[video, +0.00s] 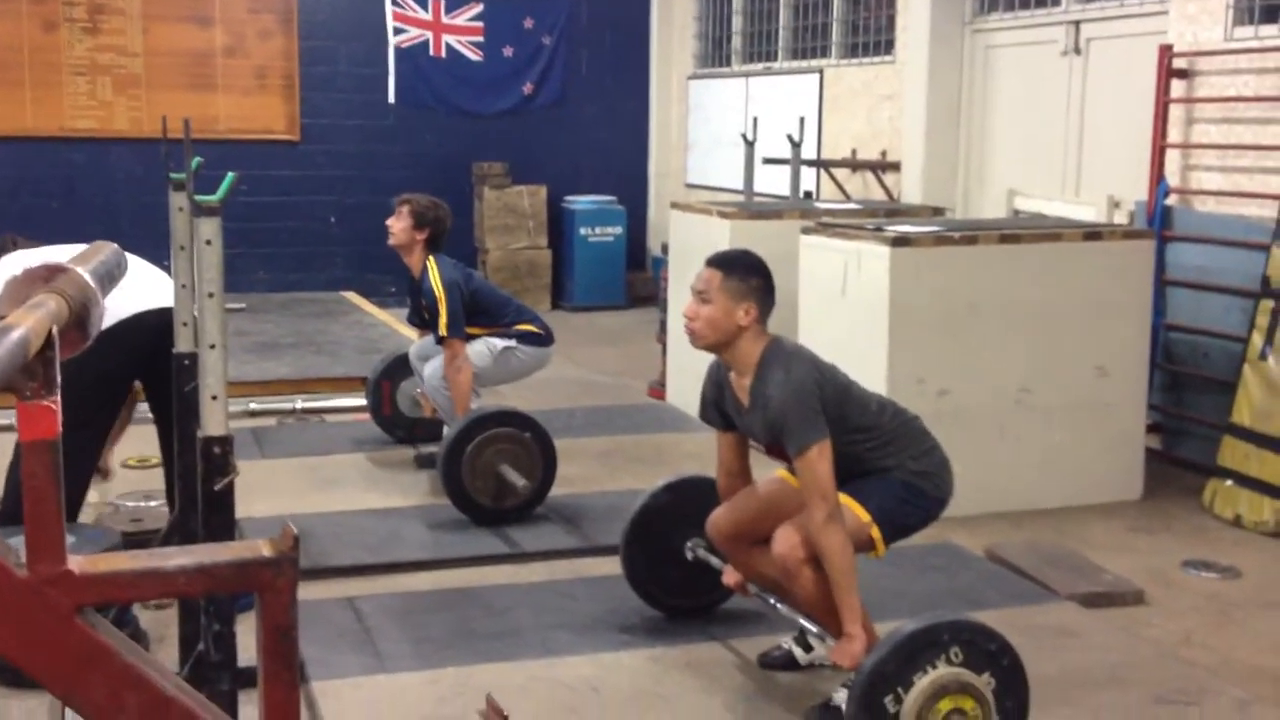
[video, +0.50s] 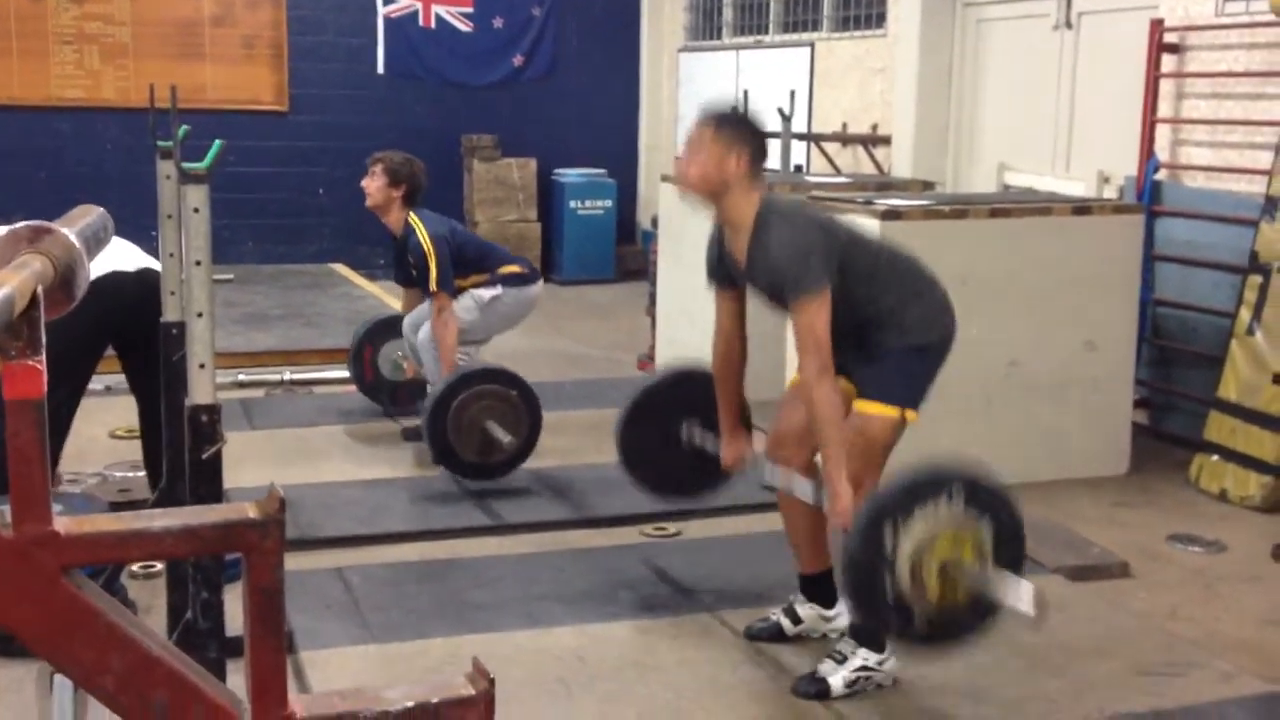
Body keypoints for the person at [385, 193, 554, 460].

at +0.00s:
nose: (388, 222)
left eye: (399, 217)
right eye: (393, 215)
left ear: (421, 233)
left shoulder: (441, 280)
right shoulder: (421, 277)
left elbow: (457, 358)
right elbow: (425, 338)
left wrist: (463, 427)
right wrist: (428, 394)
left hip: (525, 342)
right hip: (500, 337)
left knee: (437, 376)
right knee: (421, 354)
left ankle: (477, 440)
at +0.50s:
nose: (363, 184)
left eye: (374, 177)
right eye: (367, 176)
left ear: (398, 191)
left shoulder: (427, 235)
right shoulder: (406, 235)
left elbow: (443, 311)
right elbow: (412, 298)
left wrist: (448, 380)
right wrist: (412, 357)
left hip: (514, 287)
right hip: (488, 286)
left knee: (429, 339)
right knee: (413, 325)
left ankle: (456, 424)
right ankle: (438, 413)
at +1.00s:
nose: (370, 76)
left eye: (379, 69)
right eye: (374, 68)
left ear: (406, 79)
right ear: (398, 79)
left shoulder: (432, 126)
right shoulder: (407, 129)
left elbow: (448, 198)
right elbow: (406, 194)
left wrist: (449, 269)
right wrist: (405, 257)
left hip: (494, 231)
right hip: (456, 231)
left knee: (470, 321)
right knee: (432, 315)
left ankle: (473, 428)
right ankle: (441, 411)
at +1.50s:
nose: (445, 80)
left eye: (455, 75)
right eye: (449, 73)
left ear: (477, 90)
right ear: (463, 91)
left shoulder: (499, 127)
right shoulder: (458, 133)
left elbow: (533, 164)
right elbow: (440, 154)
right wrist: (420, 163)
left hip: (496, 257)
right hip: (462, 255)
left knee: (448, 344)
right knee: (414, 332)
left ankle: (486, 440)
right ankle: (447, 422)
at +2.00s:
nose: (444, 51)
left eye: (453, 45)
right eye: (447, 44)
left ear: (477, 60)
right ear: (466, 61)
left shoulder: (491, 111)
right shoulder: (454, 115)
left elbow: (505, 183)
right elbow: (449, 186)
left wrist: (499, 250)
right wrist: (439, 246)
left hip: (498, 246)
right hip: (468, 247)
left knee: (498, 338)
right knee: (456, 332)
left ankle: (500, 440)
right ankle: (463, 421)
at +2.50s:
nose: (402, 108)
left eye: (406, 98)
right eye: (401, 99)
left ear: (432, 92)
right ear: (431, 95)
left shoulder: (469, 134)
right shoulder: (444, 139)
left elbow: (484, 212)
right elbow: (442, 208)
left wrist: (492, 280)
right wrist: (434, 273)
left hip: (509, 254)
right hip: (474, 256)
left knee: (494, 353)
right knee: (461, 347)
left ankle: (500, 450)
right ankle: (465, 432)